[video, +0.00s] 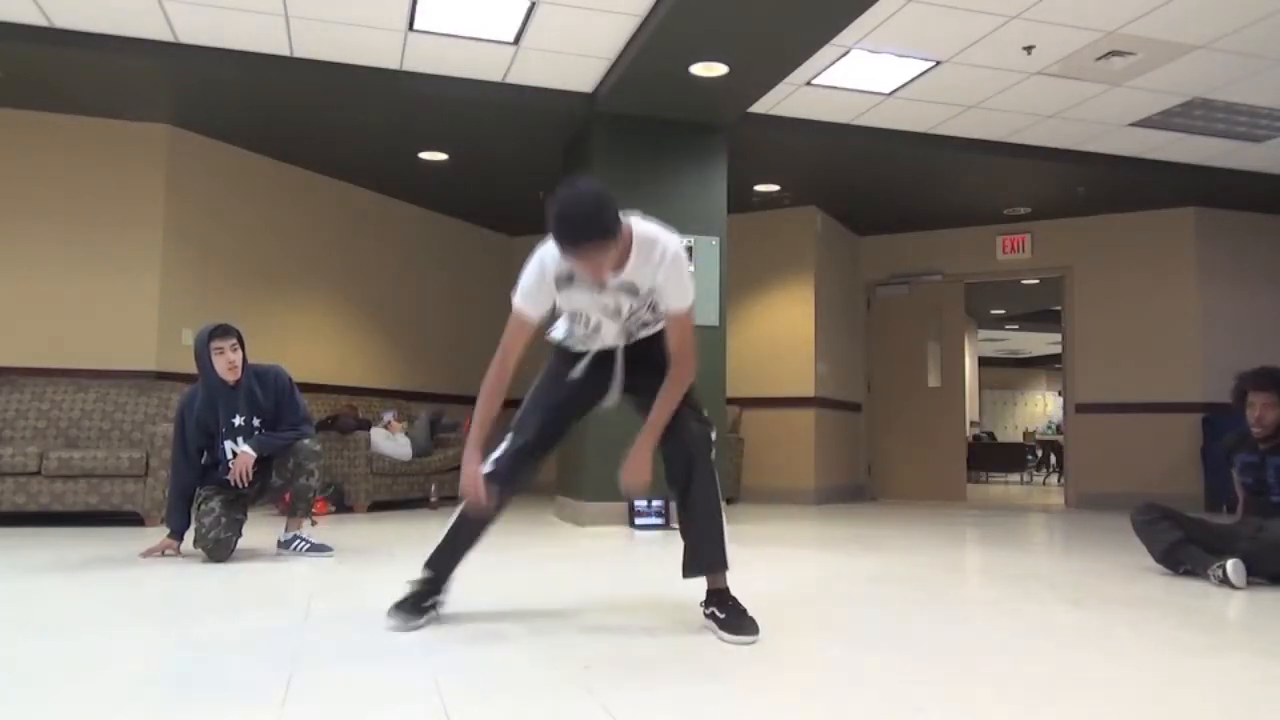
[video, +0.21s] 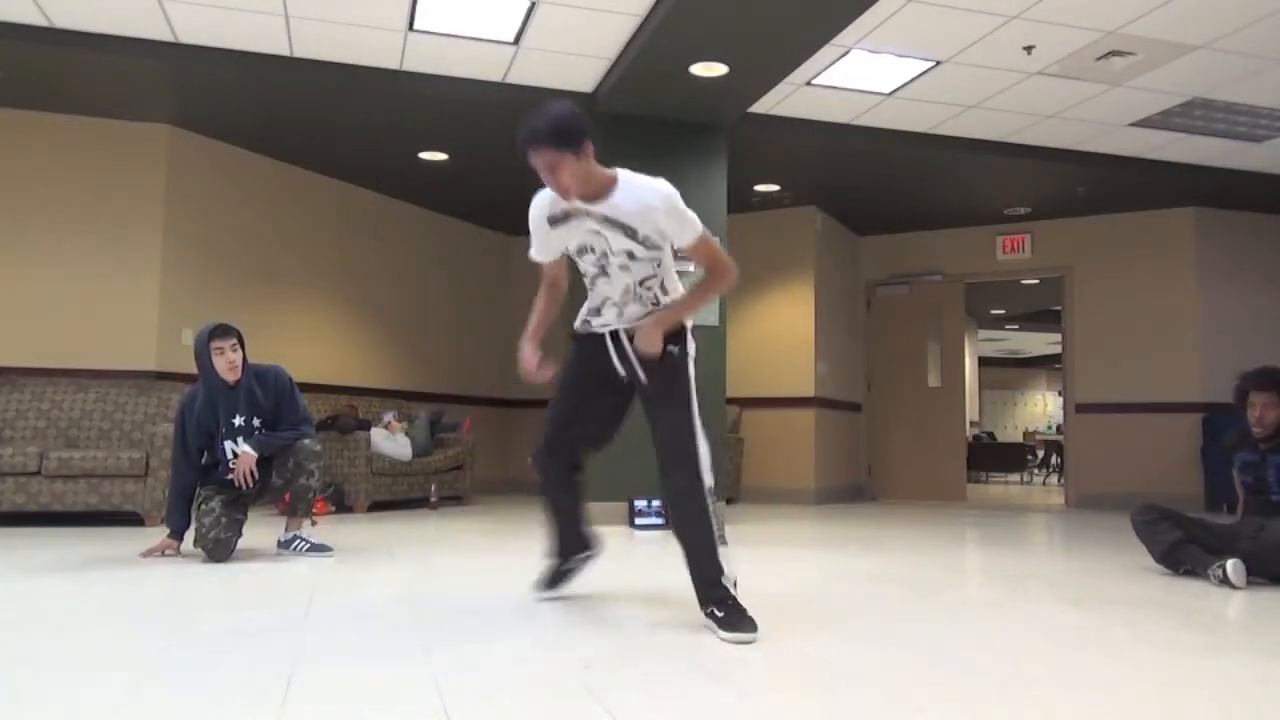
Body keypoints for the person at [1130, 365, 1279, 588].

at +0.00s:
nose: (1257, 415)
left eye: (1268, 407)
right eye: (1251, 406)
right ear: (1244, 409)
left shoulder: (1275, 451)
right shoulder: (1239, 449)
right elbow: (1243, 501)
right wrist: (1239, 529)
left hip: (1271, 536)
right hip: (1240, 531)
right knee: (1145, 513)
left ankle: (1194, 561)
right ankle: (1210, 567)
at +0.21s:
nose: (1258, 416)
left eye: (1269, 407)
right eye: (1252, 406)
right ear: (1245, 409)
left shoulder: (1275, 454)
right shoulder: (1241, 452)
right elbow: (1243, 501)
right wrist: (1240, 531)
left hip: (1271, 536)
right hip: (1240, 532)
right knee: (1145, 514)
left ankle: (1195, 561)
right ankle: (1209, 567)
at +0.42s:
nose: (1256, 415)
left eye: (1267, 407)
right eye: (1250, 405)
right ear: (1243, 409)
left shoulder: (1275, 451)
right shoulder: (1239, 450)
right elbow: (1243, 500)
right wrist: (1239, 530)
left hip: (1270, 535)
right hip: (1239, 533)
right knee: (1145, 514)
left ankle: (1198, 562)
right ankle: (1210, 566)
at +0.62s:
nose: (1253, 417)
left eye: (1264, 408)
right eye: (1248, 408)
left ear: (1279, 412)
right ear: (1240, 411)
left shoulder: (1275, 452)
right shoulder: (1239, 450)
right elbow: (1243, 500)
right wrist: (1238, 530)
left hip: (1271, 536)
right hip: (1239, 533)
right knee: (1145, 514)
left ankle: (1198, 562)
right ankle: (1210, 566)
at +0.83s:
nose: (1251, 417)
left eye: (1262, 409)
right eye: (1246, 408)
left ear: (1278, 412)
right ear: (1239, 411)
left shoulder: (1275, 451)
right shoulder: (1237, 450)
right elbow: (1243, 501)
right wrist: (1238, 532)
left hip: (1271, 536)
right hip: (1240, 533)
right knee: (1145, 514)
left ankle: (1198, 562)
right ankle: (1210, 566)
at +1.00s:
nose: (1250, 417)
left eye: (1261, 409)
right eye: (1246, 408)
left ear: (1277, 412)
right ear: (1238, 411)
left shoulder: (1275, 451)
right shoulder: (1237, 450)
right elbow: (1243, 501)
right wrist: (1237, 532)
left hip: (1271, 536)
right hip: (1240, 534)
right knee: (1144, 514)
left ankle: (1198, 562)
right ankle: (1210, 566)